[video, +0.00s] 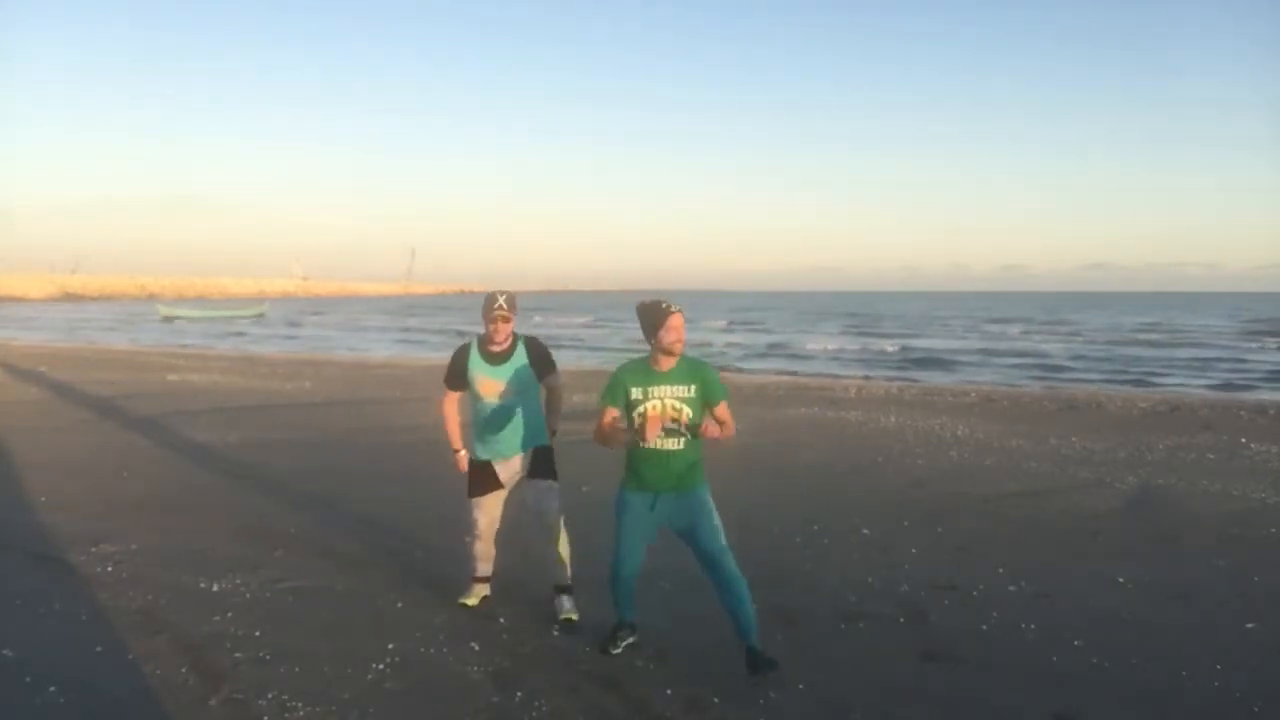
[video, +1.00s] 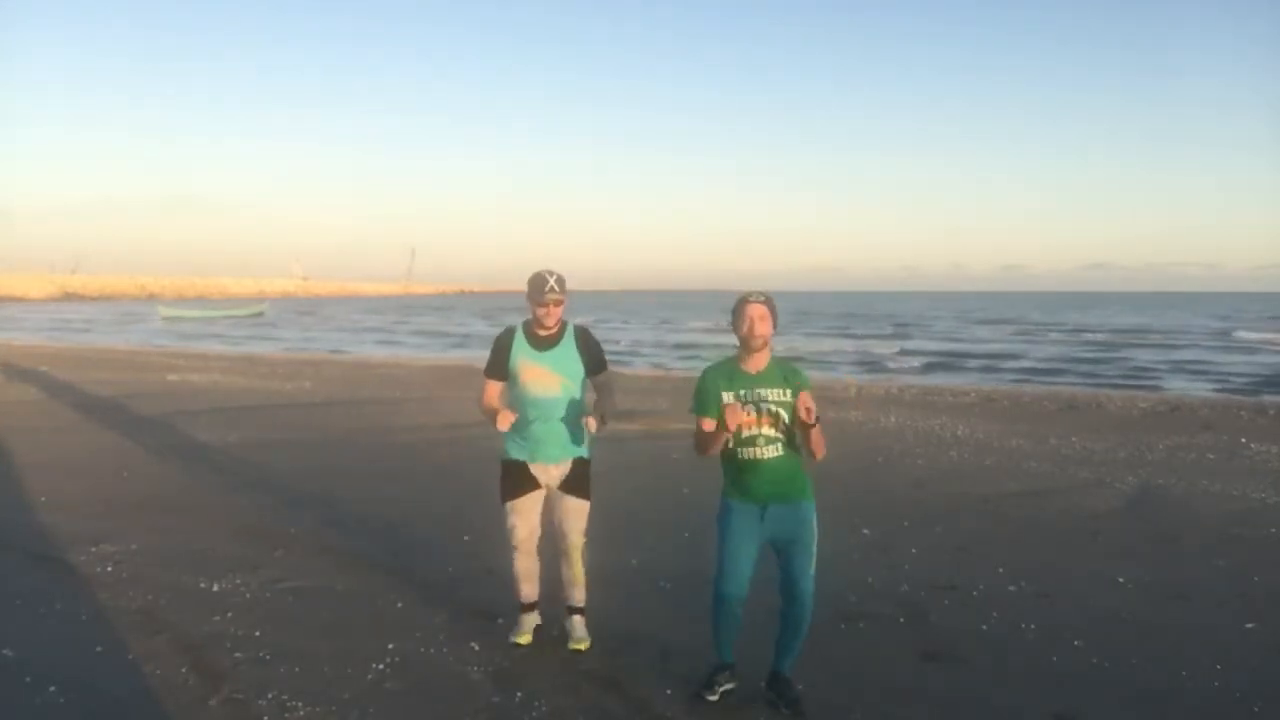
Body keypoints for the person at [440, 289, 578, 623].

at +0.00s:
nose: (499, 327)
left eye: (505, 320)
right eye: (493, 320)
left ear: (514, 321)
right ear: (484, 321)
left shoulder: (532, 349)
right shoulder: (465, 356)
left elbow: (554, 387)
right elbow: (450, 401)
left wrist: (551, 426)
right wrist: (457, 447)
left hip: (534, 450)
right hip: (487, 455)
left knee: (553, 520)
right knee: (482, 524)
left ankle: (563, 593)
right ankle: (480, 583)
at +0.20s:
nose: (517, 321)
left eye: (523, 314)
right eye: (511, 314)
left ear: (533, 315)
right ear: (502, 316)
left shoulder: (552, 346)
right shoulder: (484, 353)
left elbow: (577, 384)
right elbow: (467, 397)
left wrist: (575, 421)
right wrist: (478, 441)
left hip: (556, 451)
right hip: (506, 457)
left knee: (570, 529)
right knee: (494, 527)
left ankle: (580, 604)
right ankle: (480, 579)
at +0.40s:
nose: (541, 317)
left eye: (547, 309)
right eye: (534, 310)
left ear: (557, 310)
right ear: (524, 310)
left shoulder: (575, 343)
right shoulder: (507, 349)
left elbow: (604, 387)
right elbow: (490, 398)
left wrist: (610, 430)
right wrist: (490, 448)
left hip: (572, 452)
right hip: (524, 454)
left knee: (576, 530)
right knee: (514, 530)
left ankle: (581, 607)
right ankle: (503, 579)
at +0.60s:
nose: (551, 306)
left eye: (557, 299)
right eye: (544, 300)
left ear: (566, 300)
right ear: (533, 301)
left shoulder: (583, 334)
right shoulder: (514, 337)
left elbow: (609, 378)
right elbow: (492, 386)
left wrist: (617, 413)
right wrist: (495, 419)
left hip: (573, 449)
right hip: (526, 450)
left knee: (572, 530)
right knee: (529, 531)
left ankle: (579, 606)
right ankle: (542, 602)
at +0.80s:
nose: (550, 311)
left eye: (556, 304)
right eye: (543, 304)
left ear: (565, 305)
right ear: (531, 304)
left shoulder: (581, 340)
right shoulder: (511, 343)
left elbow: (610, 383)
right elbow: (487, 392)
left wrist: (613, 402)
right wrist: (492, 405)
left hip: (574, 455)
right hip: (525, 457)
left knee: (572, 539)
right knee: (534, 540)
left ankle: (575, 615)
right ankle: (544, 611)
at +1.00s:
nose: (549, 310)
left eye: (556, 303)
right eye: (542, 303)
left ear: (565, 303)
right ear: (529, 303)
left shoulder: (581, 340)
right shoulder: (509, 341)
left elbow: (606, 391)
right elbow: (489, 397)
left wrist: (599, 416)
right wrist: (497, 412)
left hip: (573, 456)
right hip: (521, 457)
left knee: (572, 540)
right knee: (522, 540)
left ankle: (576, 616)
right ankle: (528, 614)